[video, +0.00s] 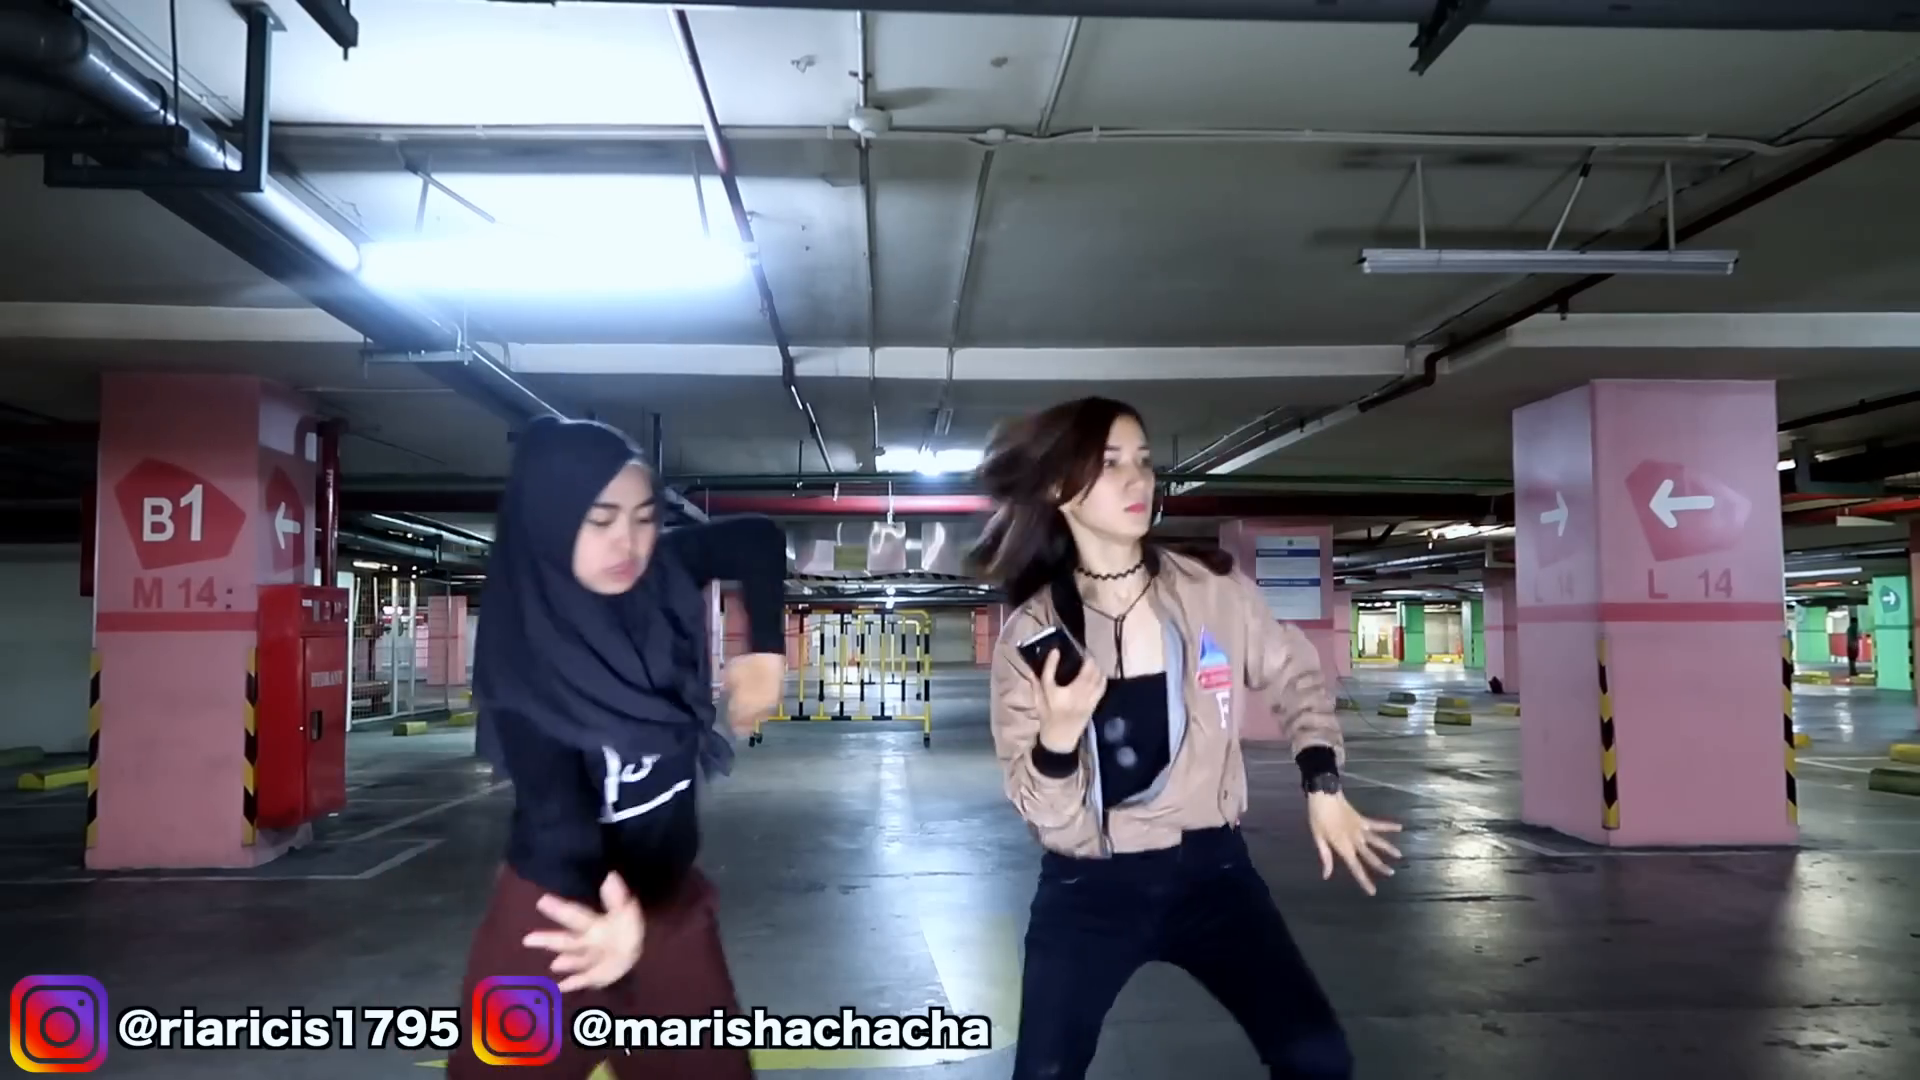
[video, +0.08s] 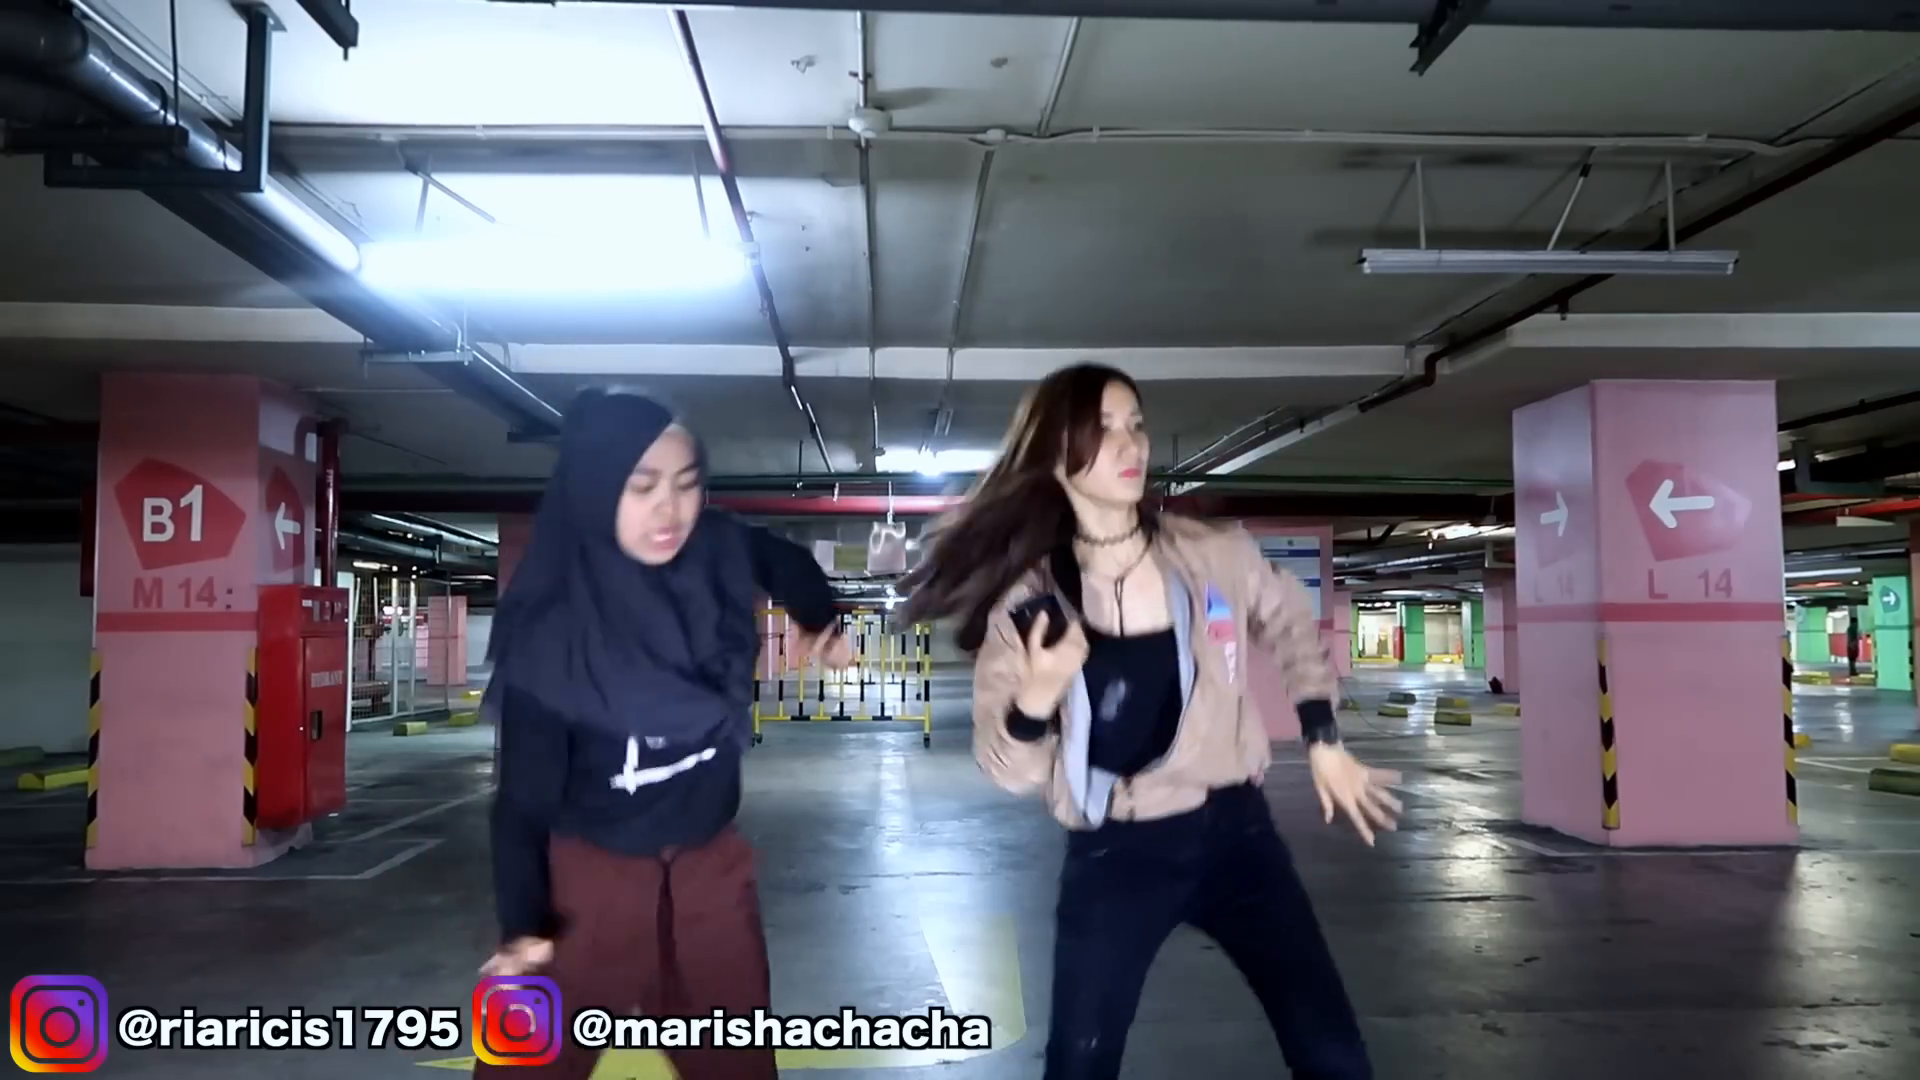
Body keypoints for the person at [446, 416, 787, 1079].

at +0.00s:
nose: (630, 544)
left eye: (644, 517)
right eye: (602, 519)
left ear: (657, 516)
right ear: (546, 521)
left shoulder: (656, 566)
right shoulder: (522, 644)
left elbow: (759, 539)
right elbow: (551, 798)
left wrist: (764, 653)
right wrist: (607, 912)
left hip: (670, 897)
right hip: (554, 898)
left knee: (714, 1067)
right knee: (497, 1066)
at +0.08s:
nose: (672, 510)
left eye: (687, 483)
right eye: (644, 488)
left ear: (702, 481)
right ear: (592, 493)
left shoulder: (718, 546)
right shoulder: (549, 613)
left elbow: (788, 564)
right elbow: (523, 791)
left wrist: (822, 616)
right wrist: (523, 927)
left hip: (712, 859)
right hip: (590, 865)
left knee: (740, 1061)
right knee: (548, 1062)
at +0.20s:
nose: (726, 495)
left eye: (745, 469)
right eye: (698, 470)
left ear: (762, 471)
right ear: (651, 473)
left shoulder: (774, 573)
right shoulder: (583, 561)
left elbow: (824, 733)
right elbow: (538, 697)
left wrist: (851, 628)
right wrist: (497, 823)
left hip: (712, 844)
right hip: (580, 834)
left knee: (740, 1061)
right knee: (569, 1060)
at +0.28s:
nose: (755, 529)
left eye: (775, 502)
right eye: (727, 504)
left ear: (795, 507)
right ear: (682, 503)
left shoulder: (788, 615)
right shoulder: (623, 570)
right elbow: (561, 667)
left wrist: (797, 691)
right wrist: (521, 785)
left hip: (721, 855)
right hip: (596, 836)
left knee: (748, 1065)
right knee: (587, 1033)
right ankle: (615, 1061)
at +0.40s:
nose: (770, 525)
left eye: (794, 503)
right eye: (749, 496)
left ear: (814, 511)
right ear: (709, 496)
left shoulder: (789, 618)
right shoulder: (651, 550)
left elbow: (680, 769)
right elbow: (620, 671)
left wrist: (737, 685)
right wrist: (580, 748)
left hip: (723, 856)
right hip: (603, 834)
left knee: (745, 1063)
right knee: (546, 1006)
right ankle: (608, 1064)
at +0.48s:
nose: (774, 493)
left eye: (799, 470)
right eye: (753, 462)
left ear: (818, 481)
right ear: (711, 462)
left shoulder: (779, 595)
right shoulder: (653, 525)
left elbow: (641, 748)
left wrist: (734, 653)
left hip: (709, 836)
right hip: (589, 813)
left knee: (745, 1065)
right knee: (517, 1047)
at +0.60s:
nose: (745, 498)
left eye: (772, 477)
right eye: (727, 469)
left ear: (796, 494)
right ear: (694, 473)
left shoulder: (775, 606)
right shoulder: (640, 550)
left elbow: (688, 769)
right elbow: (611, 684)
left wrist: (662, 704)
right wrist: (561, 763)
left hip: (708, 847)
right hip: (582, 840)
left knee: (740, 1064)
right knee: (529, 1060)